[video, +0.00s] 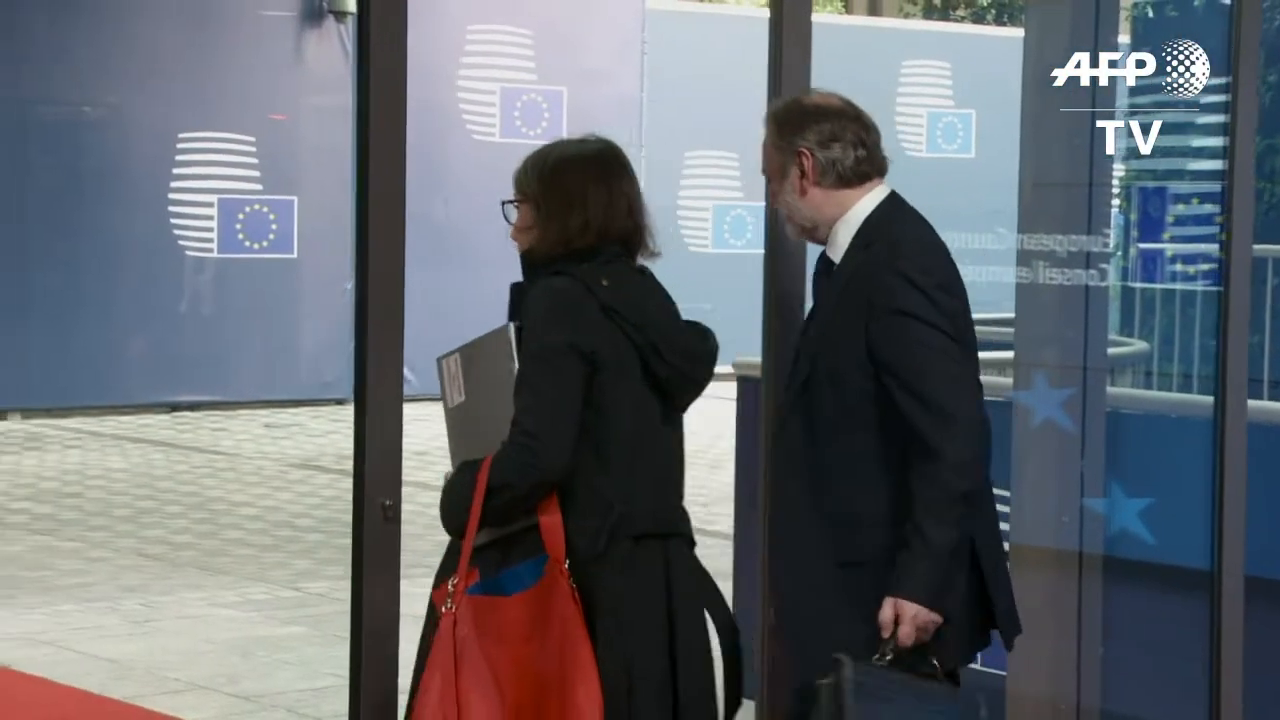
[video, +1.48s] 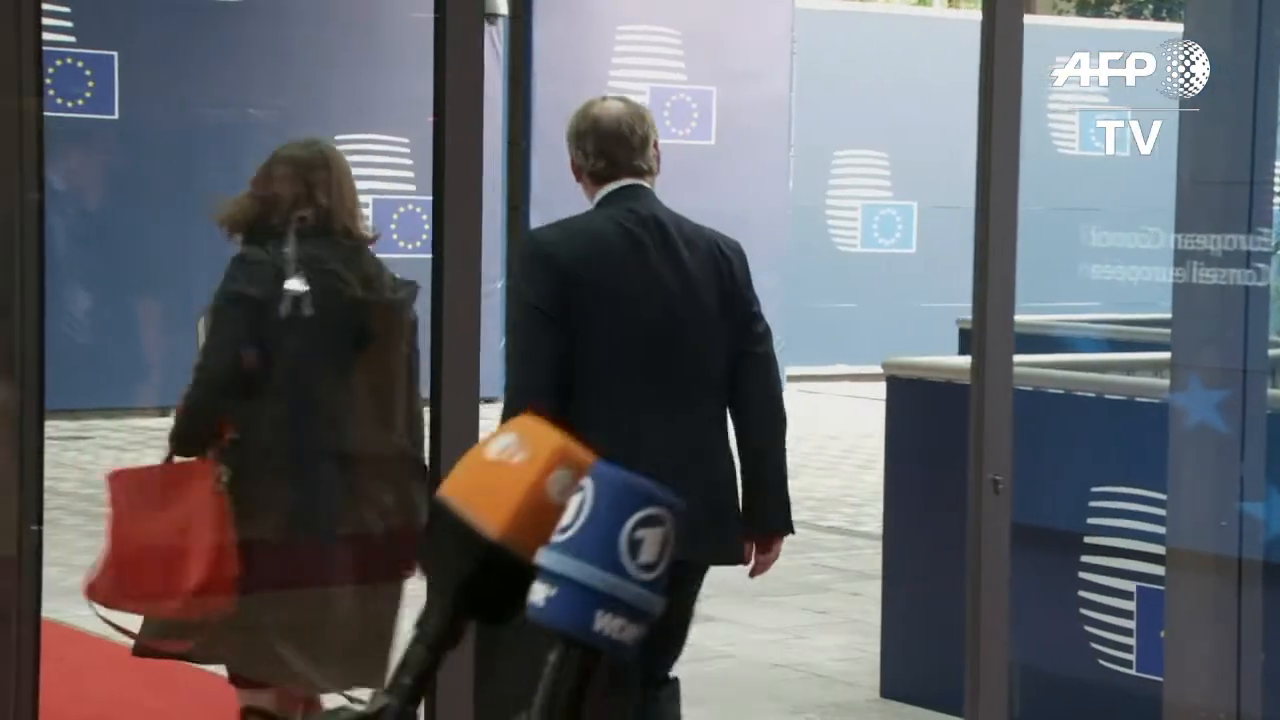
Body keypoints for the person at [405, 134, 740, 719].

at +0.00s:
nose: (513, 225)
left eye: (523, 208)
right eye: (516, 208)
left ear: (563, 212)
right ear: (606, 212)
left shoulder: (556, 300)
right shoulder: (642, 297)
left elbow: (540, 451)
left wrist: (463, 495)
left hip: (589, 592)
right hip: (657, 585)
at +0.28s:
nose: (451, 228)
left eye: (457, 211)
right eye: (450, 211)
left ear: (481, 213)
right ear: (547, 204)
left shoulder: (513, 293)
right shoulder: (572, 281)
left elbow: (528, 439)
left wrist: (440, 491)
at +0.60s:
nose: (390, 236)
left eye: (398, 221)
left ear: (416, 229)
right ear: (480, 222)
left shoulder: (441, 310)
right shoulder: (507, 298)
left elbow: (463, 447)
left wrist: (380, 507)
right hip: (548, 551)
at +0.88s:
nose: (358, 213)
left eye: (364, 199)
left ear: (374, 203)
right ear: (453, 197)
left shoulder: (390, 278)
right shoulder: (480, 267)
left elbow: (404, 404)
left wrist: (327, 457)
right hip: (489, 487)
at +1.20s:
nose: (307, 227)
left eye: (314, 215)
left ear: (323, 221)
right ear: (389, 220)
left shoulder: (323, 292)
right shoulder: (417, 288)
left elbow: (310, 410)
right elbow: (426, 400)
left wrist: (263, 462)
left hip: (337, 496)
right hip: (410, 491)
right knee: (398, 646)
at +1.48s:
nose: (256, 201)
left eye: (263, 190)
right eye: (263, 190)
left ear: (273, 197)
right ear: (344, 200)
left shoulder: (258, 269)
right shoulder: (384, 283)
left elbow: (223, 371)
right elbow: (404, 412)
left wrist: (187, 445)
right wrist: (410, 512)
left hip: (270, 503)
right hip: (360, 507)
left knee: (261, 685)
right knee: (304, 685)